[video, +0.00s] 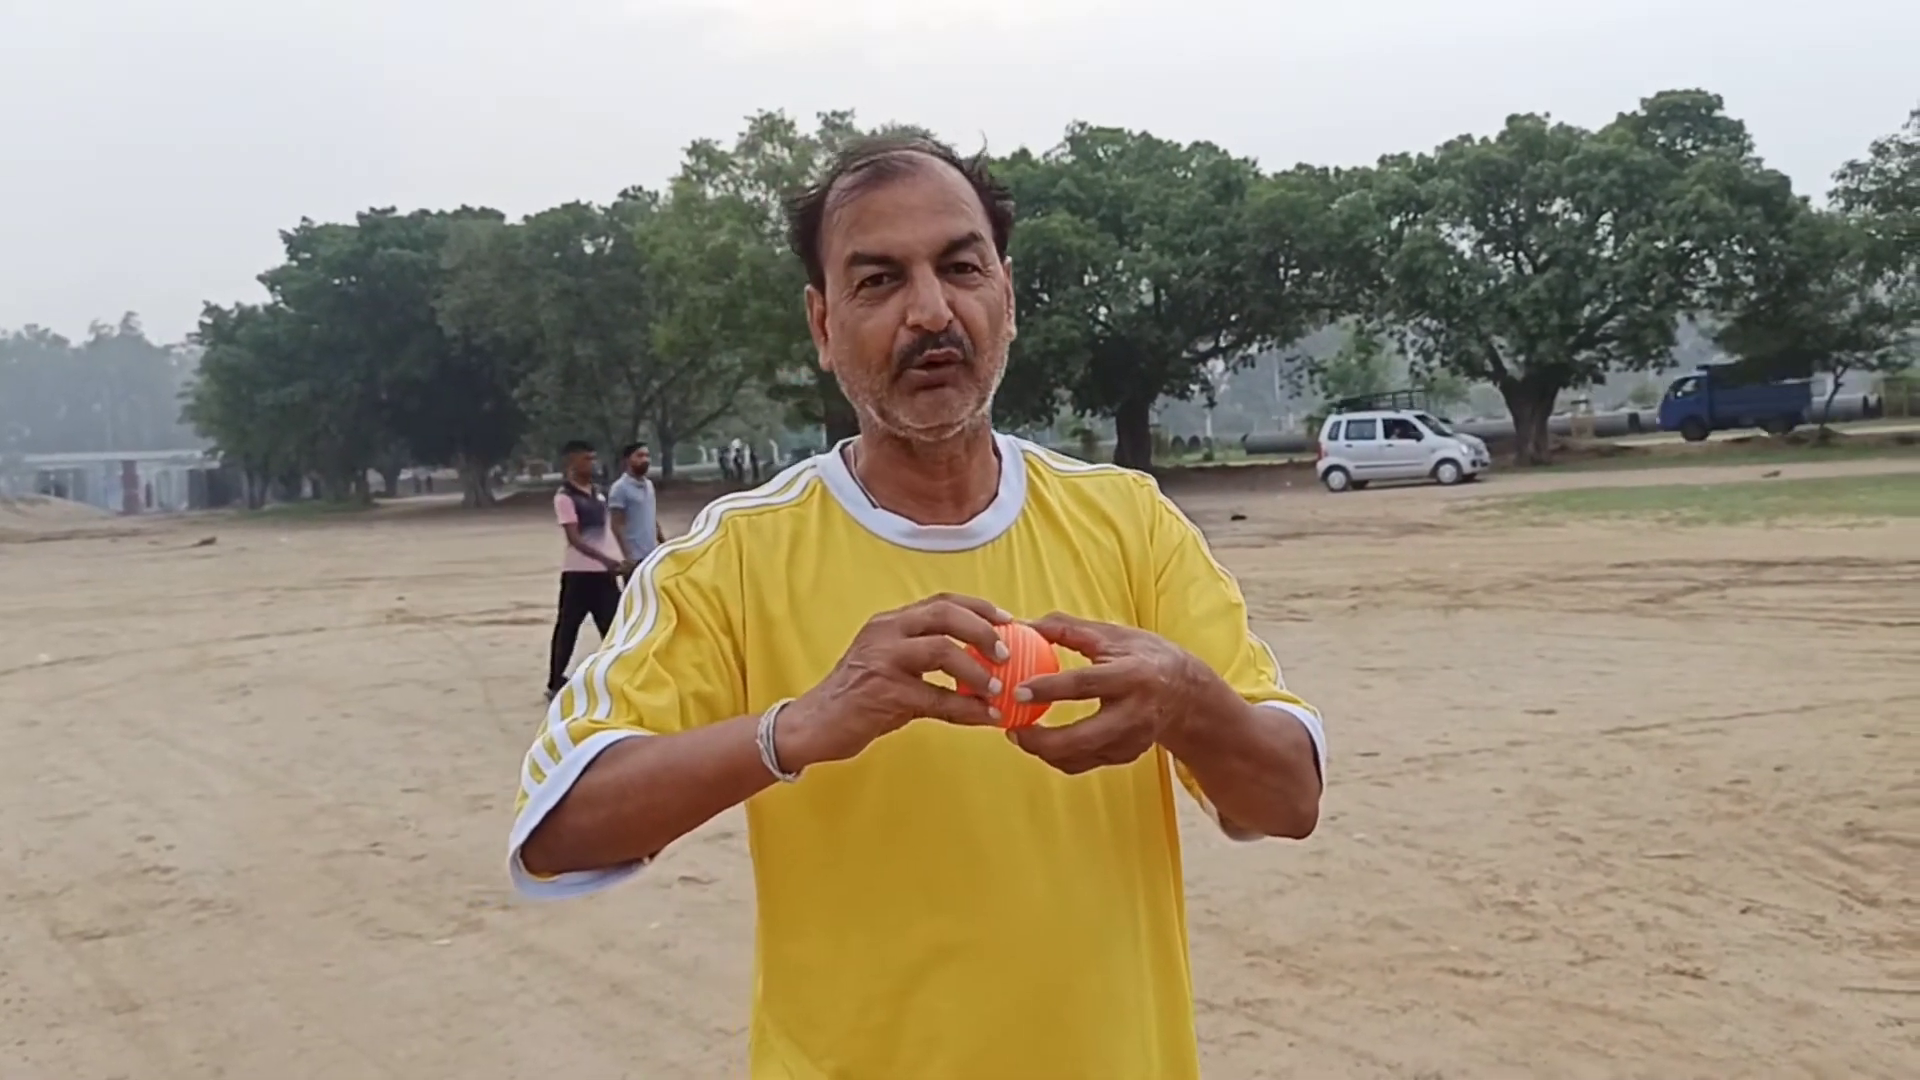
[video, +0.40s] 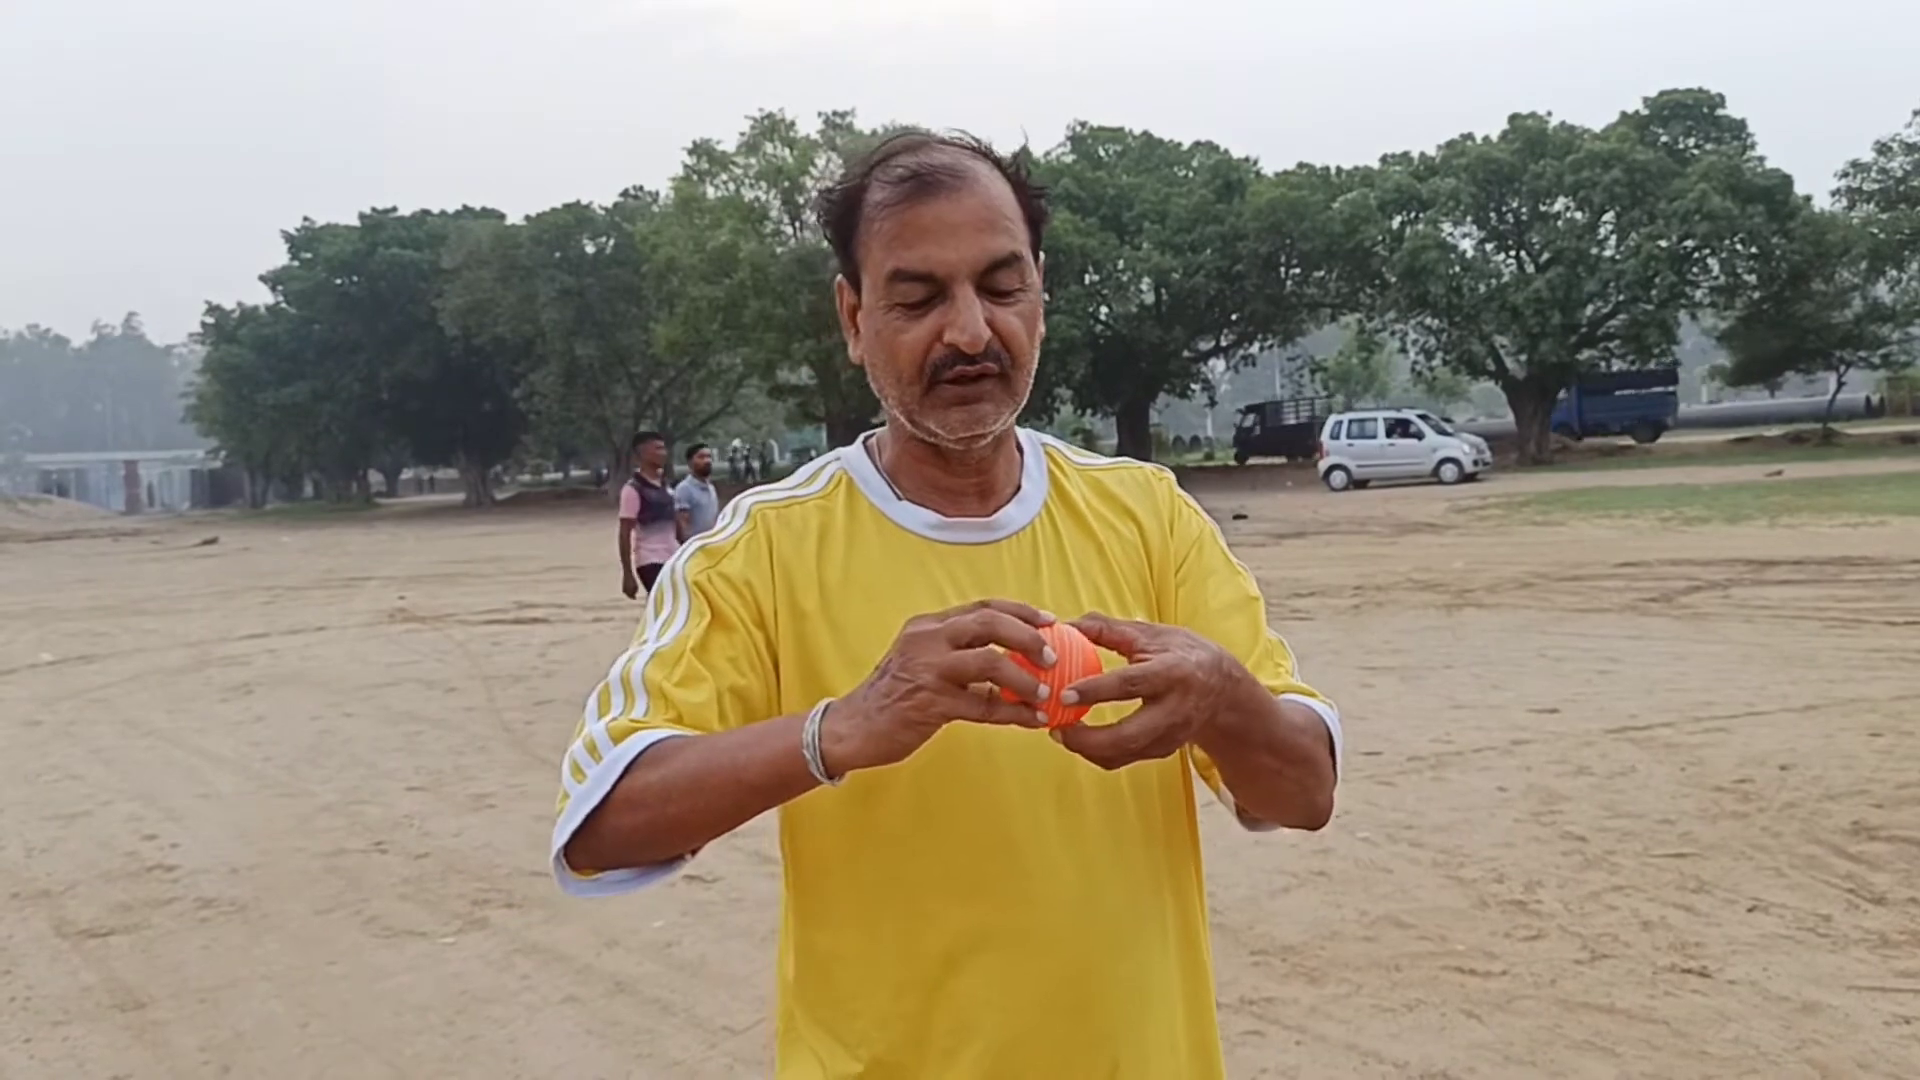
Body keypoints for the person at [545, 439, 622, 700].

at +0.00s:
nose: (592, 464)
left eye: (592, 459)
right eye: (586, 459)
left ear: (590, 463)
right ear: (570, 463)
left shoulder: (597, 494)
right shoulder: (564, 497)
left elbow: (601, 533)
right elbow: (573, 539)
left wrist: (615, 562)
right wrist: (607, 561)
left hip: (603, 573)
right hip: (578, 574)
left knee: (615, 634)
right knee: (566, 633)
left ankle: (625, 682)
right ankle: (556, 682)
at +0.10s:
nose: (612, 464)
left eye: (612, 459)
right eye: (606, 459)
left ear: (612, 463)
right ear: (591, 463)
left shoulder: (612, 493)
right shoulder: (584, 498)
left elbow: (619, 532)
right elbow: (591, 541)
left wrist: (630, 561)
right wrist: (623, 565)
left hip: (622, 573)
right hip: (600, 575)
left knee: (635, 632)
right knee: (586, 631)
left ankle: (646, 682)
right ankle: (560, 679)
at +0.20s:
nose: (629, 459)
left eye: (629, 455)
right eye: (623, 455)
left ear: (630, 460)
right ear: (607, 460)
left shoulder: (628, 491)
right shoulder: (601, 495)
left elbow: (640, 528)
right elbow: (606, 538)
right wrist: (625, 571)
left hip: (643, 567)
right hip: (620, 572)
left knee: (643, 627)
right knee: (620, 629)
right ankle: (579, 665)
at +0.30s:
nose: (644, 455)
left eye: (645, 450)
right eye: (639, 450)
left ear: (644, 454)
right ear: (625, 454)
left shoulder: (646, 486)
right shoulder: (616, 491)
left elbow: (657, 525)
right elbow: (617, 534)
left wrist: (670, 551)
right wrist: (627, 572)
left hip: (657, 561)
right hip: (638, 565)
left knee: (657, 618)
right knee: (648, 621)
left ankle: (616, 656)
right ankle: (615, 657)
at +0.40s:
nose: (663, 453)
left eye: (663, 448)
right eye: (657, 448)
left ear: (666, 451)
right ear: (641, 453)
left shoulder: (663, 484)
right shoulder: (632, 490)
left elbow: (674, 521)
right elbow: (624, 532)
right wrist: (627, 573)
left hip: (672, 555)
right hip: (649, 559)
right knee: (667, 609)